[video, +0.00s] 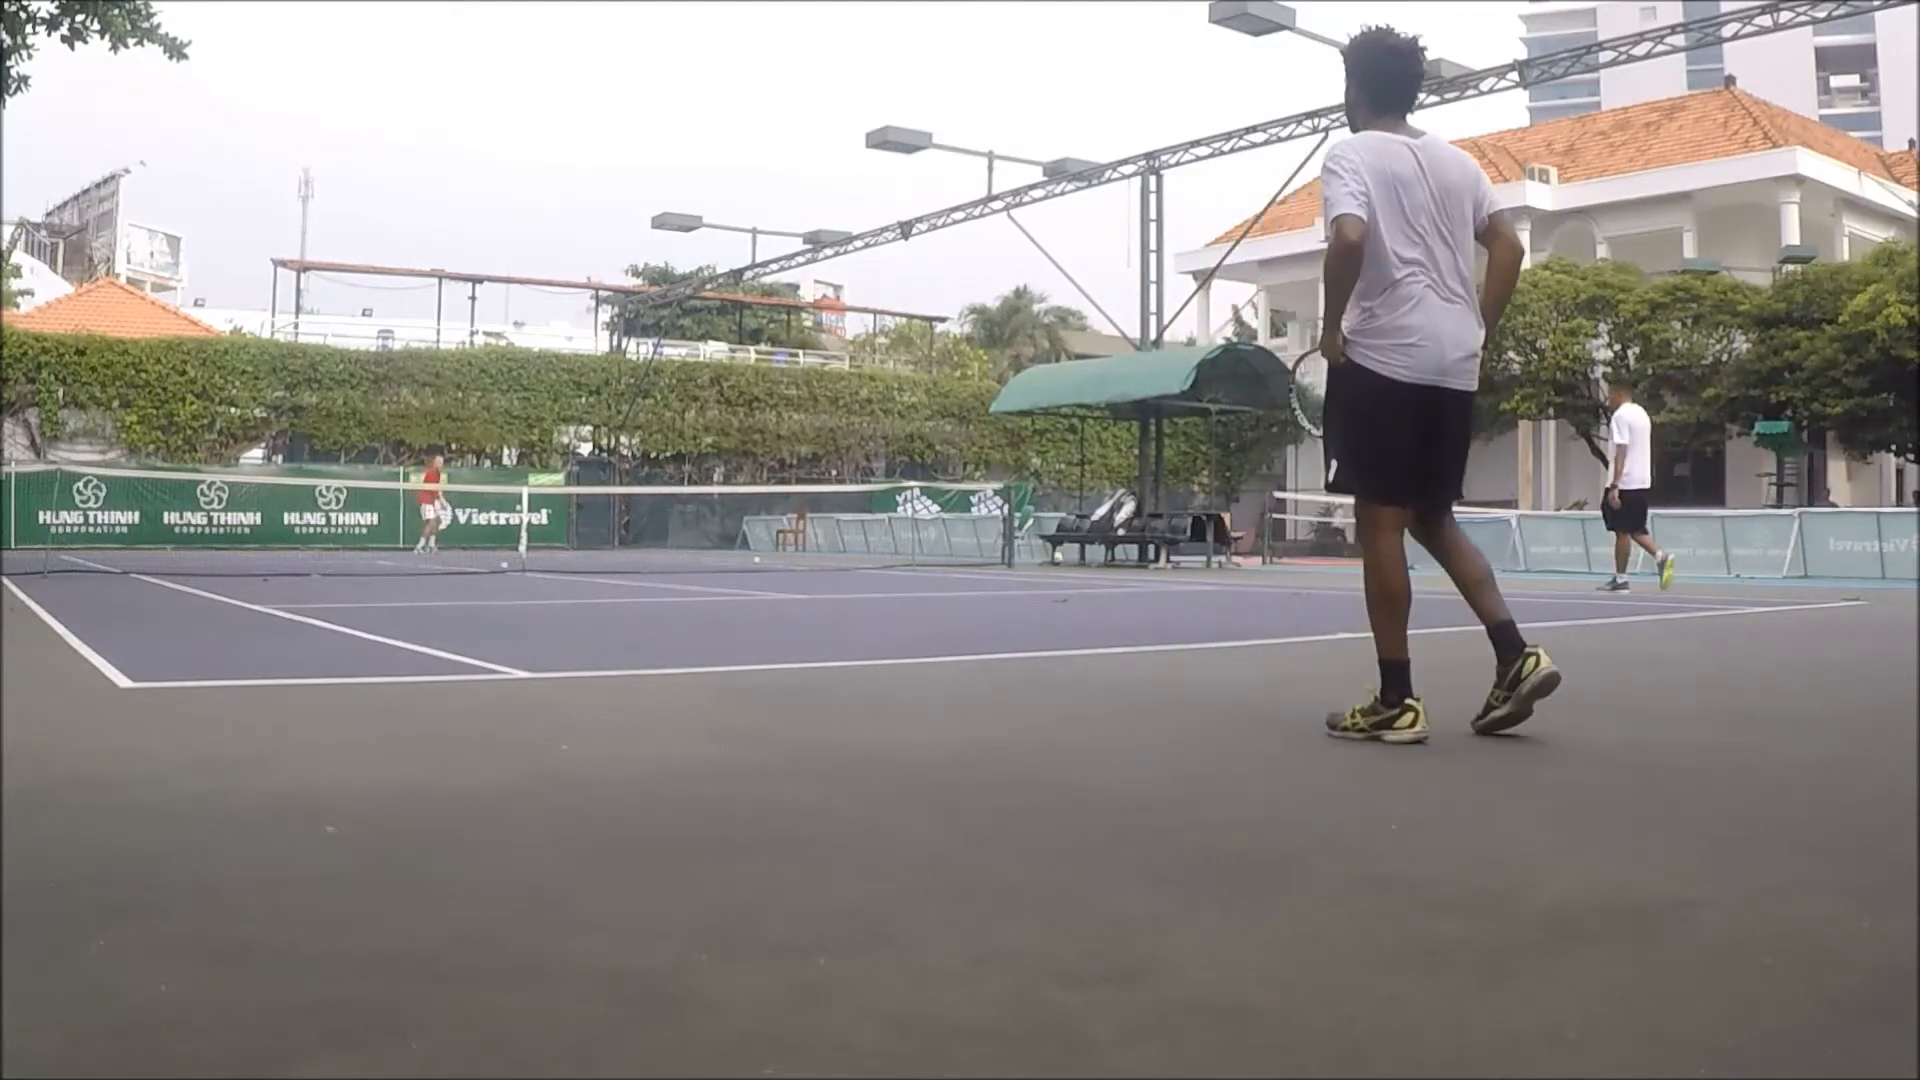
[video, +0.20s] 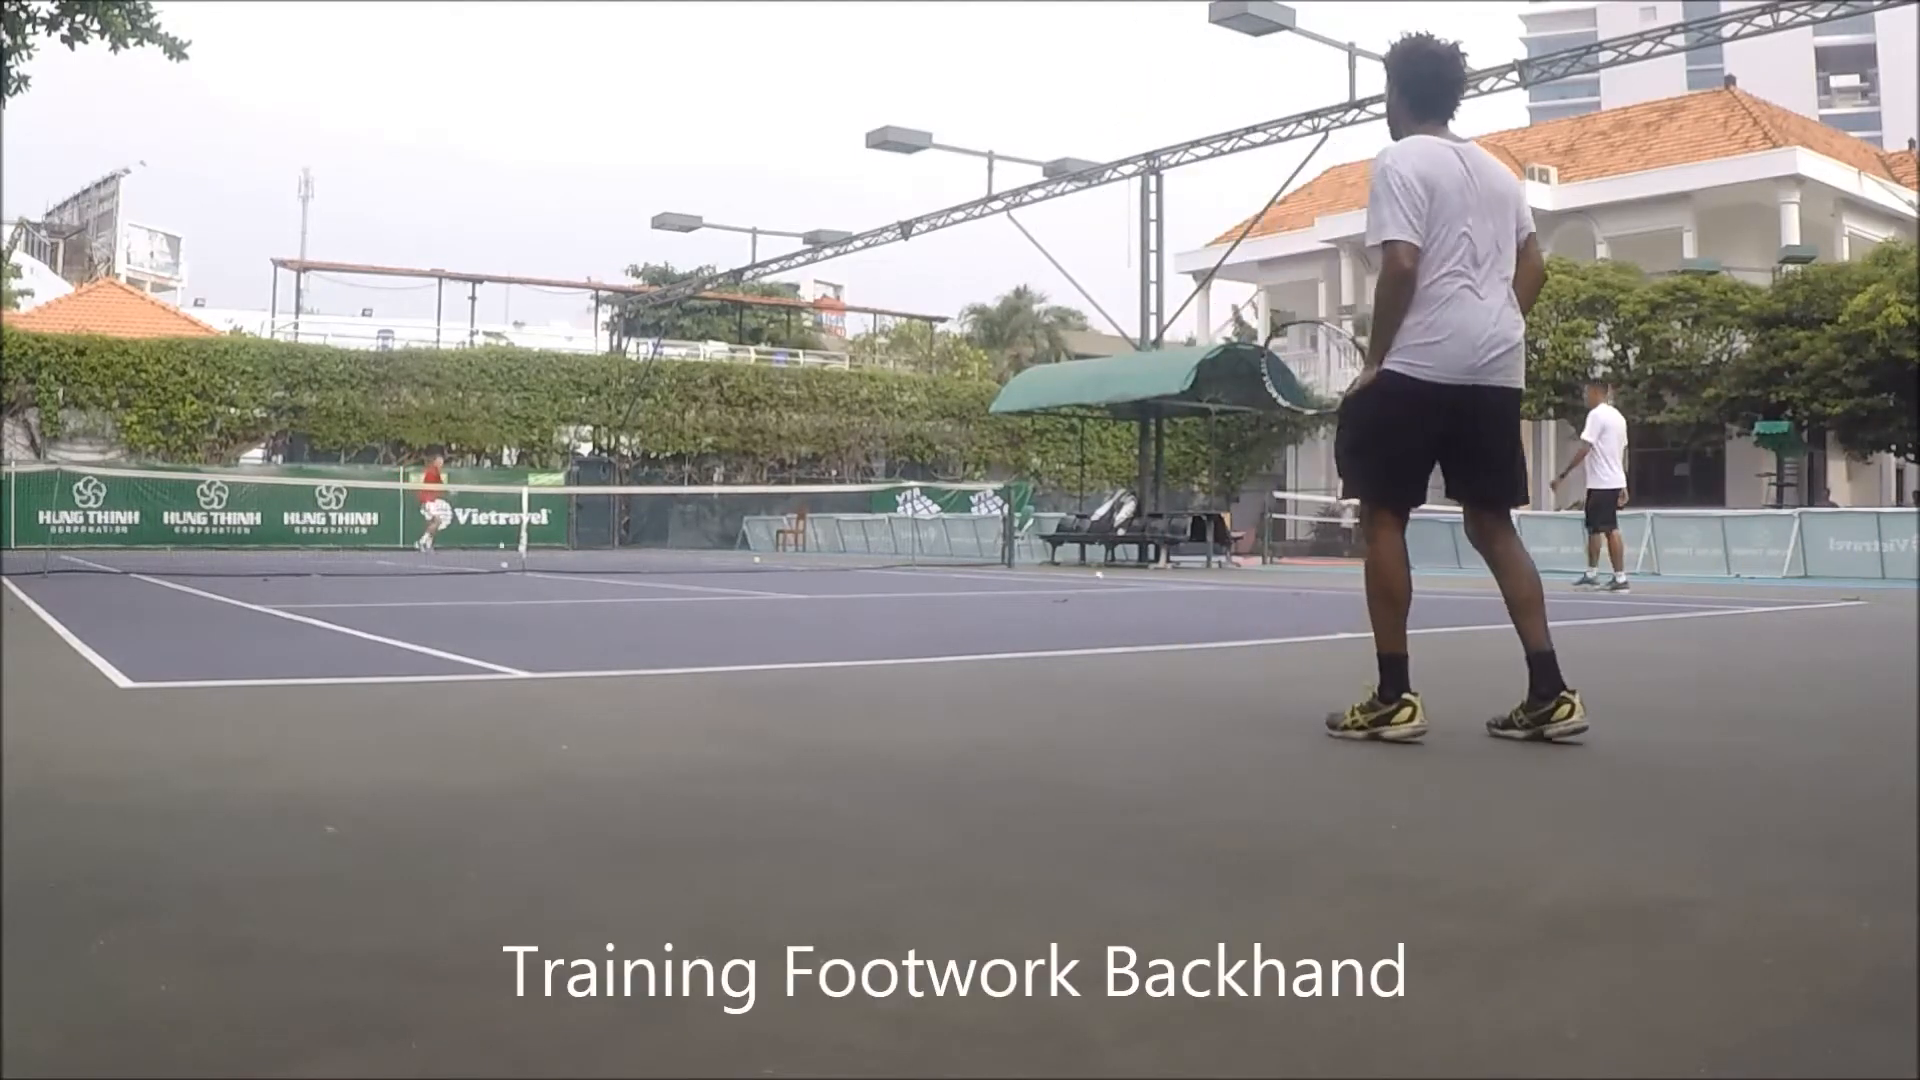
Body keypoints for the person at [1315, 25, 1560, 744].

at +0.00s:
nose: (1344, 97)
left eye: (1346, 86)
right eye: (1349, 85)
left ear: (1355, 90)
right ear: (1412, 93)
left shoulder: (1349, 154)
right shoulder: (1458, 162)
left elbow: (1349, 240)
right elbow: (1508, 248)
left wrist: (1332, 325)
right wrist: (1477, 330)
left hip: (1383, 365)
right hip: (1457, 368)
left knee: (1379, 527)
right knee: (1434, 519)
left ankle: (1396, 701)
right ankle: (1515, 655)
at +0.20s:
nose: (1384, 106)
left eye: (1386, 95)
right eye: (1388, 95)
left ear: (1396, 99)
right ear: (1455, 100)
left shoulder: (1398, 162)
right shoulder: (1498, 172)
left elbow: (1400, 267)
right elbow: (1533, 267)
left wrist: (1373, 362)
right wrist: (1492, 337)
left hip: (1418, 369)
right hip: (1496, 375)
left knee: (1384, 521)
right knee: (1491, 523)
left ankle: (1393, 696)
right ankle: (1549, 690)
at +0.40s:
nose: (1408, 96)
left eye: (1409, 85)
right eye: (1410, 86)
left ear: (1418, 85)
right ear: (1480, 88)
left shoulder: (1423, 146)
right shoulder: (1522, 166)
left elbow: (1418, 242)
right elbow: (1547, 274)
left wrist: (1385, 336)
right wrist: (1484, 323)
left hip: (1437, 355)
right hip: (1517, 365)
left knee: (1383, 503)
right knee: (1509, 519)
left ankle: (1389, 681)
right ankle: (1550, 692)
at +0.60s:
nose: (1405, 94)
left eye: (1406, 83)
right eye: (1407, 84)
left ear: (1415, 84)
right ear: (1476, 87)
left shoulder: (1419, 139)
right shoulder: (1521, 166)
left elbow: (1413, 204)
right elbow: (1547, 272)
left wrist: (1365, 284)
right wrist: (1483, 316)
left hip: (1435, 354)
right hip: (1513, 368)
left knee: (1373, 503)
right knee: (1508, 524)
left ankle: (1383, 673)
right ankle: (1552, 694)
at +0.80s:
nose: (1360, 109)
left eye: (1362, 98)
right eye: (1363, 99)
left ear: (1373, 99)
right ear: (1433, 102)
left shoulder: (1385, 148)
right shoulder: (1485, 176)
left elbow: (1391, 216)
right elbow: (1514, 279)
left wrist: (1315, 286)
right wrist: (1433, 320)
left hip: (1416, 356)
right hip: (1495, 372)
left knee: (1352, 513)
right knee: (1468, 527)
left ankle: (1351, 692)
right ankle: (1546, 688)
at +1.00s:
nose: (1280, 125)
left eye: (1282, 111)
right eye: (1280, 111)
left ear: (1297, 111)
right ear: (1353, 111)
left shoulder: (1326, 171)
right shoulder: (1389, 179)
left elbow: (1294, 281)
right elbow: (1403, 307)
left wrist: (1229, 318)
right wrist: (1328, 366)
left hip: (1372, 384)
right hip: (1439, 391)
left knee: (1264, 536)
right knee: (1429, 544)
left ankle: (1357, 709)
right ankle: (1539, 685)